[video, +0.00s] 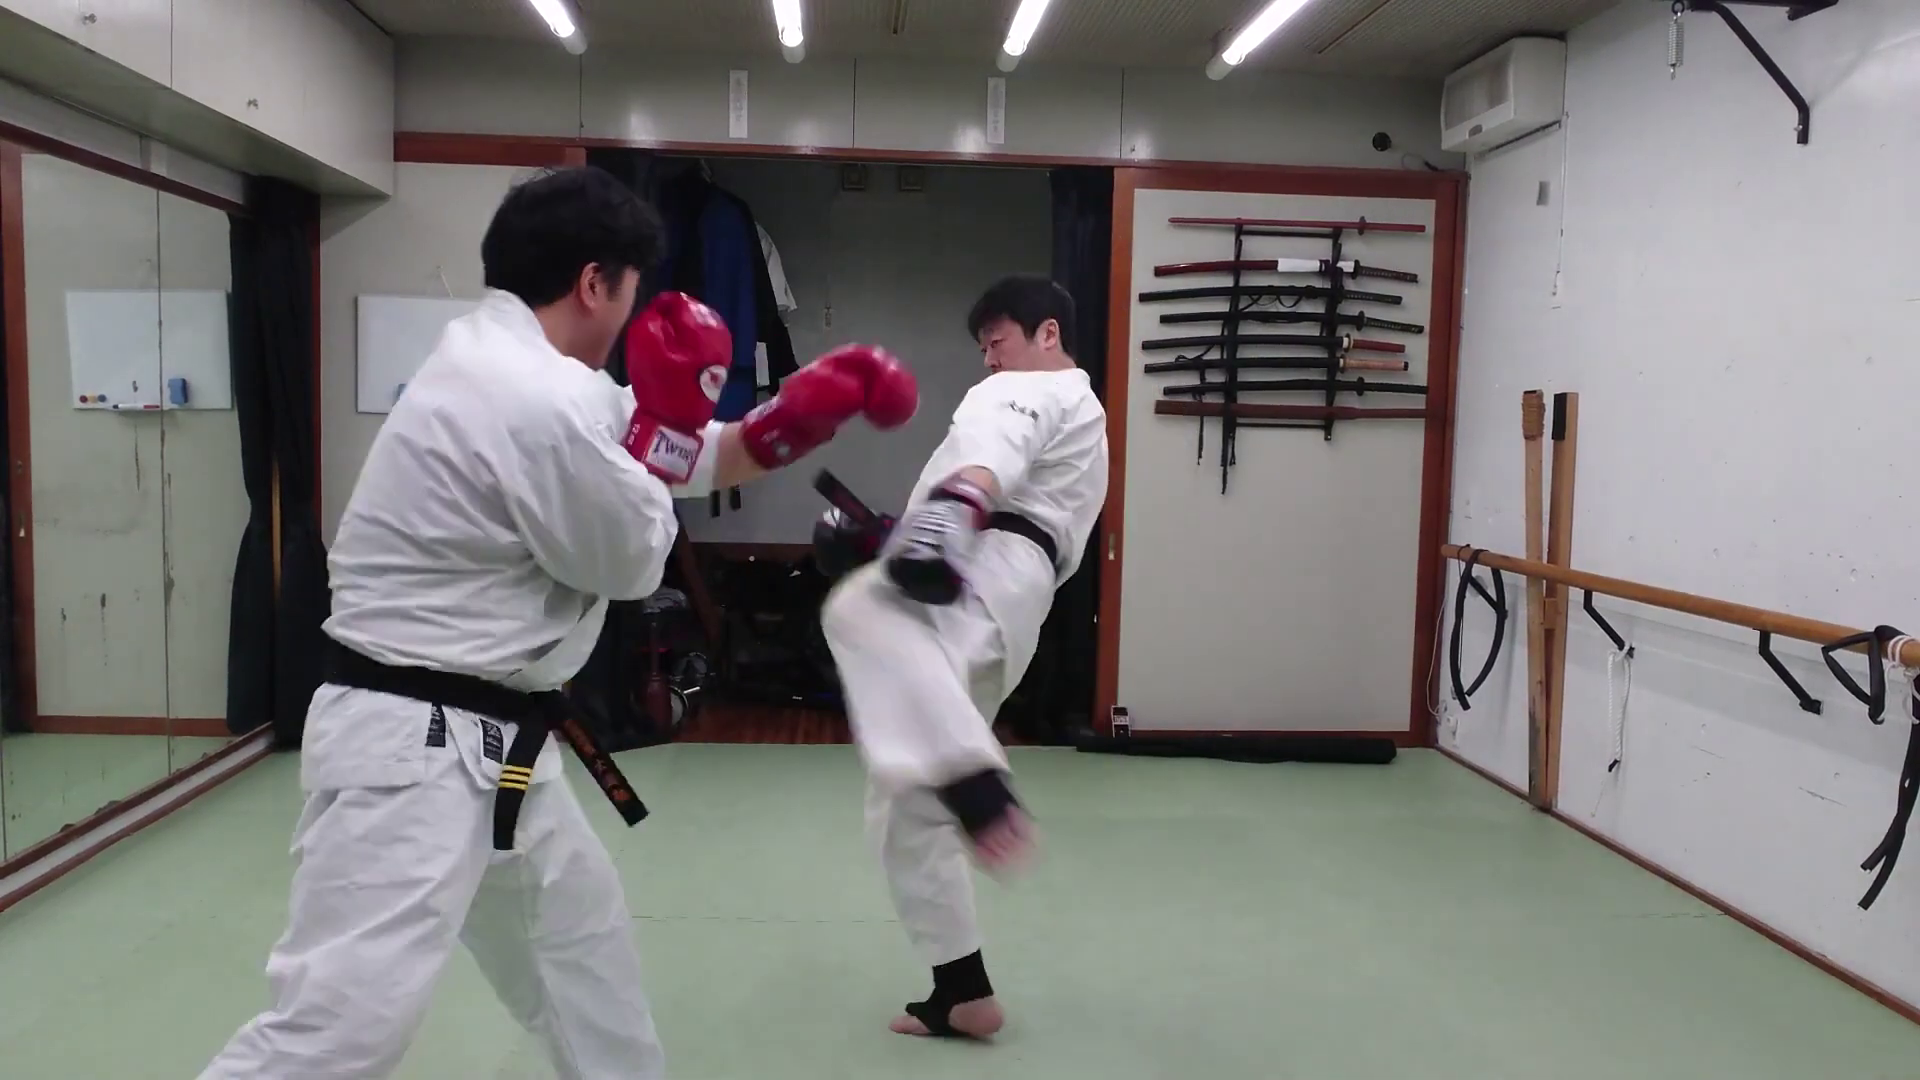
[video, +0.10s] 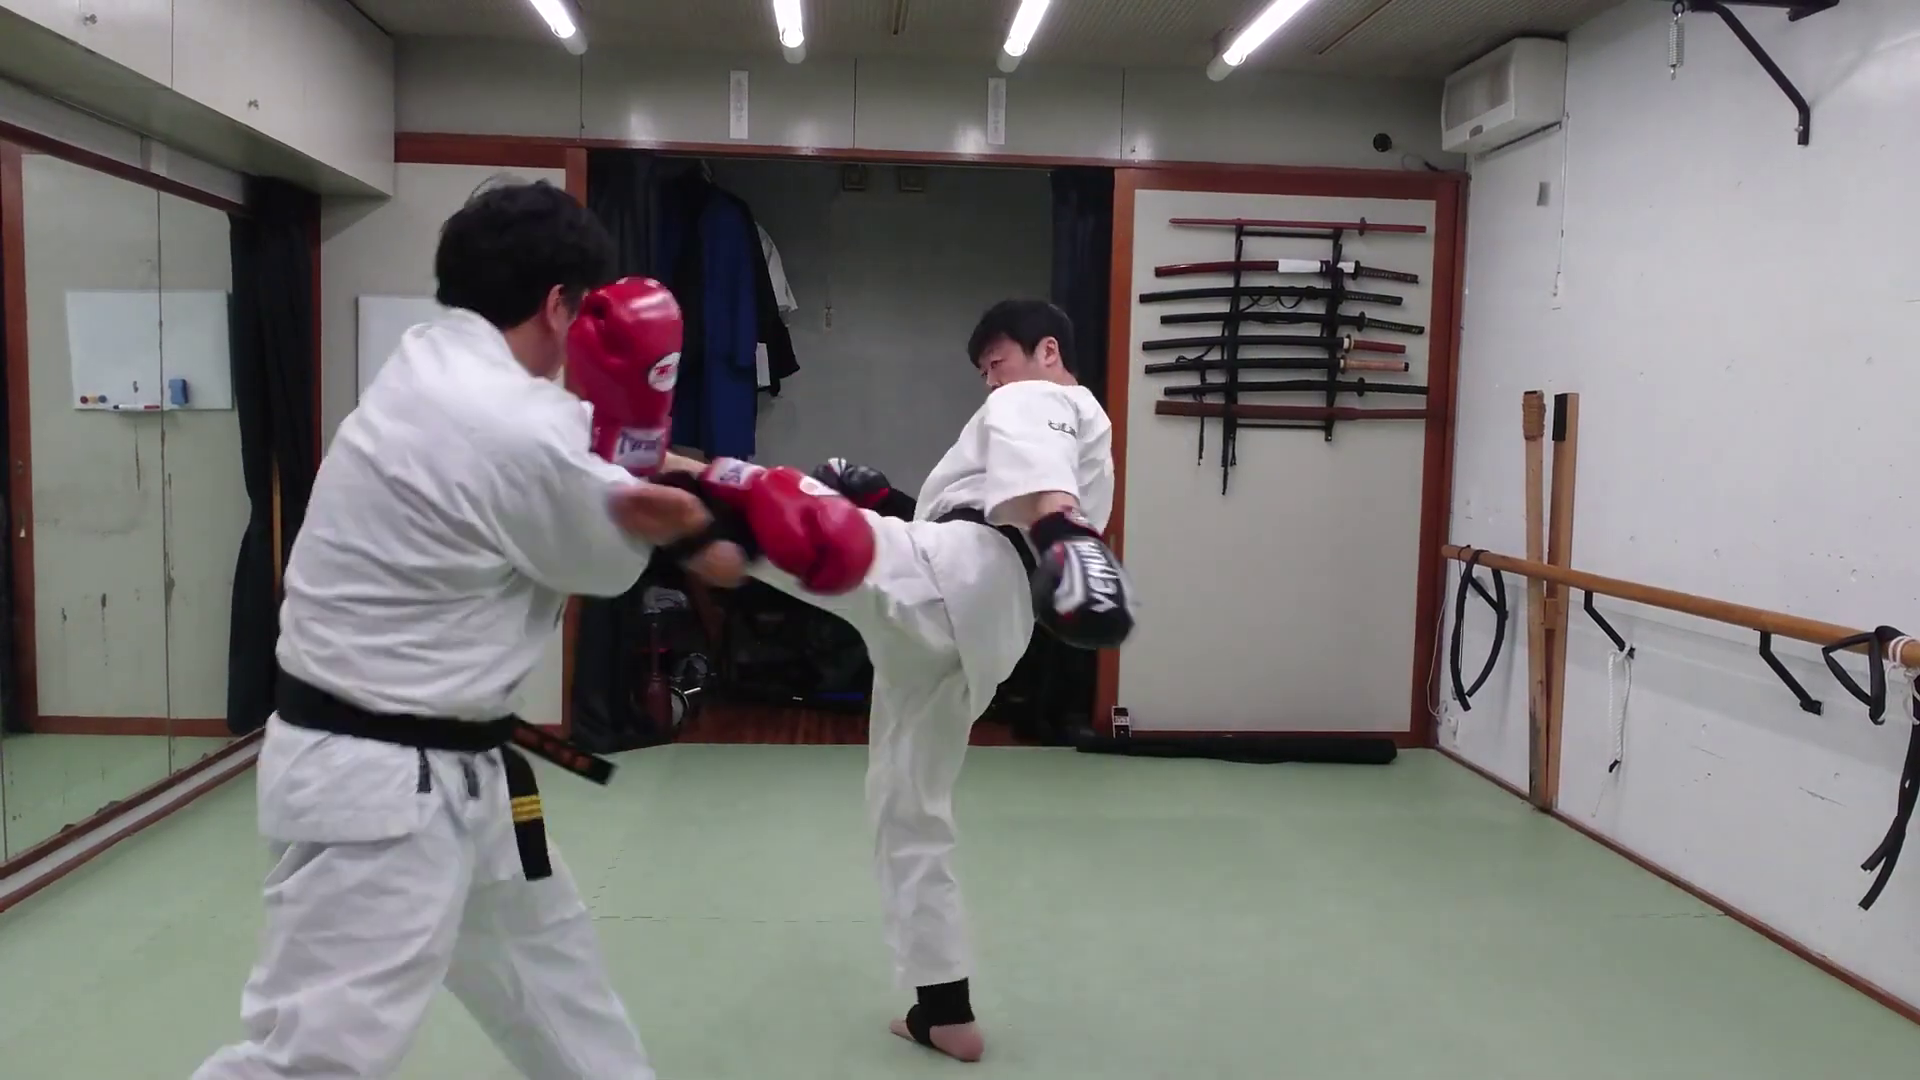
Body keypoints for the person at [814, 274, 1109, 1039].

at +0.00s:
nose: (989, 360)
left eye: (1000, 343)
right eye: (983, 348)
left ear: (1049, 335)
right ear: (1052, 346)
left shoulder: (1036, 385)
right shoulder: (1075, 417)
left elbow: (986, 457)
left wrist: (941, 527)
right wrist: (884, 535)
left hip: (994, 551)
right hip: (1019, 602)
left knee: (862, 603)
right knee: (907, 787)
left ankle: (973, 783)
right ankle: (962, 987)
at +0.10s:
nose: (991, 382)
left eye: (1000, 365)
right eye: (984, 372)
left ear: (1048, 354)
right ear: (1052, 367)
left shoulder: (1037, 397)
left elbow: (1042, 484)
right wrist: (888, 515)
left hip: (970, 569)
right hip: (971, 657)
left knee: (829, 535)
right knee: (911, 813)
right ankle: (944, 1007)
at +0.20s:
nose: (992, 381)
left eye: (1000, 365)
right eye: (988, 371)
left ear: (1053, 355)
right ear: (1057, 364)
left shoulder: (1043, 397)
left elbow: (1041, 470)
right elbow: (982, 536)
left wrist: (1085, 553)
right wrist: (889, 515)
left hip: (960, 567)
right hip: (981, 640)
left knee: (802, 555)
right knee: (906, 813)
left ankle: (627, 513)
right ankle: (942, 1011)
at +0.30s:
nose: (993, 364)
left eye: (1003, 346)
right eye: (988, 352)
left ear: (1054, 338)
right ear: (1049, 350)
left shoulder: (1053, 390)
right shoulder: (1029, 422)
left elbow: (1036, 477)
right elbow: (963, 545)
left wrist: (1036, 558)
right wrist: (880, 520)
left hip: (962, 573)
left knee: (814, 644)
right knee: (910, 814)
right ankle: (943, 1009)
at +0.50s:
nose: (987, 327)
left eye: (996, 306)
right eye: (983, 312)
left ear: (1048, 299)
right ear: (1042, 307)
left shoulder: (1080, 377)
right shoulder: (1035, 392)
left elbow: (1045, 484)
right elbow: (971, 509)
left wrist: (946, 431)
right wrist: (898, 472)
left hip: (998, 593)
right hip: (982, 592)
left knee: (914, 807)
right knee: (957, 811)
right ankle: (953, 1016)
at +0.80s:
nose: (1028, 317)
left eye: (1036, 298)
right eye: (1026, 300)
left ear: (1090, 289)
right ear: (1090, 292)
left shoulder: (1105, 372)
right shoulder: (1073, 363)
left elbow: (976, 448)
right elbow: (967, 372)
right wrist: (927, 277)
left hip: (1082, 628)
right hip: (1032, 622)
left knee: (1044, 849)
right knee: (1020, 816)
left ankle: (1024, 1055)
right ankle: (1126, 949)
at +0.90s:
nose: (1053, 316)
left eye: (1066, 298)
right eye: (1052, 301)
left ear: (1121, 297)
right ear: (1113, 299)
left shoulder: (1139, 390)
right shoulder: (1093, 381)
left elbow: (1080, 524)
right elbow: (979, 379)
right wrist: (952, 287)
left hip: (1104, 640)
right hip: (1091, 632)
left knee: (1053, 857)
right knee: (1131, 825)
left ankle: (1026, 1055)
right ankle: (1235, 962)